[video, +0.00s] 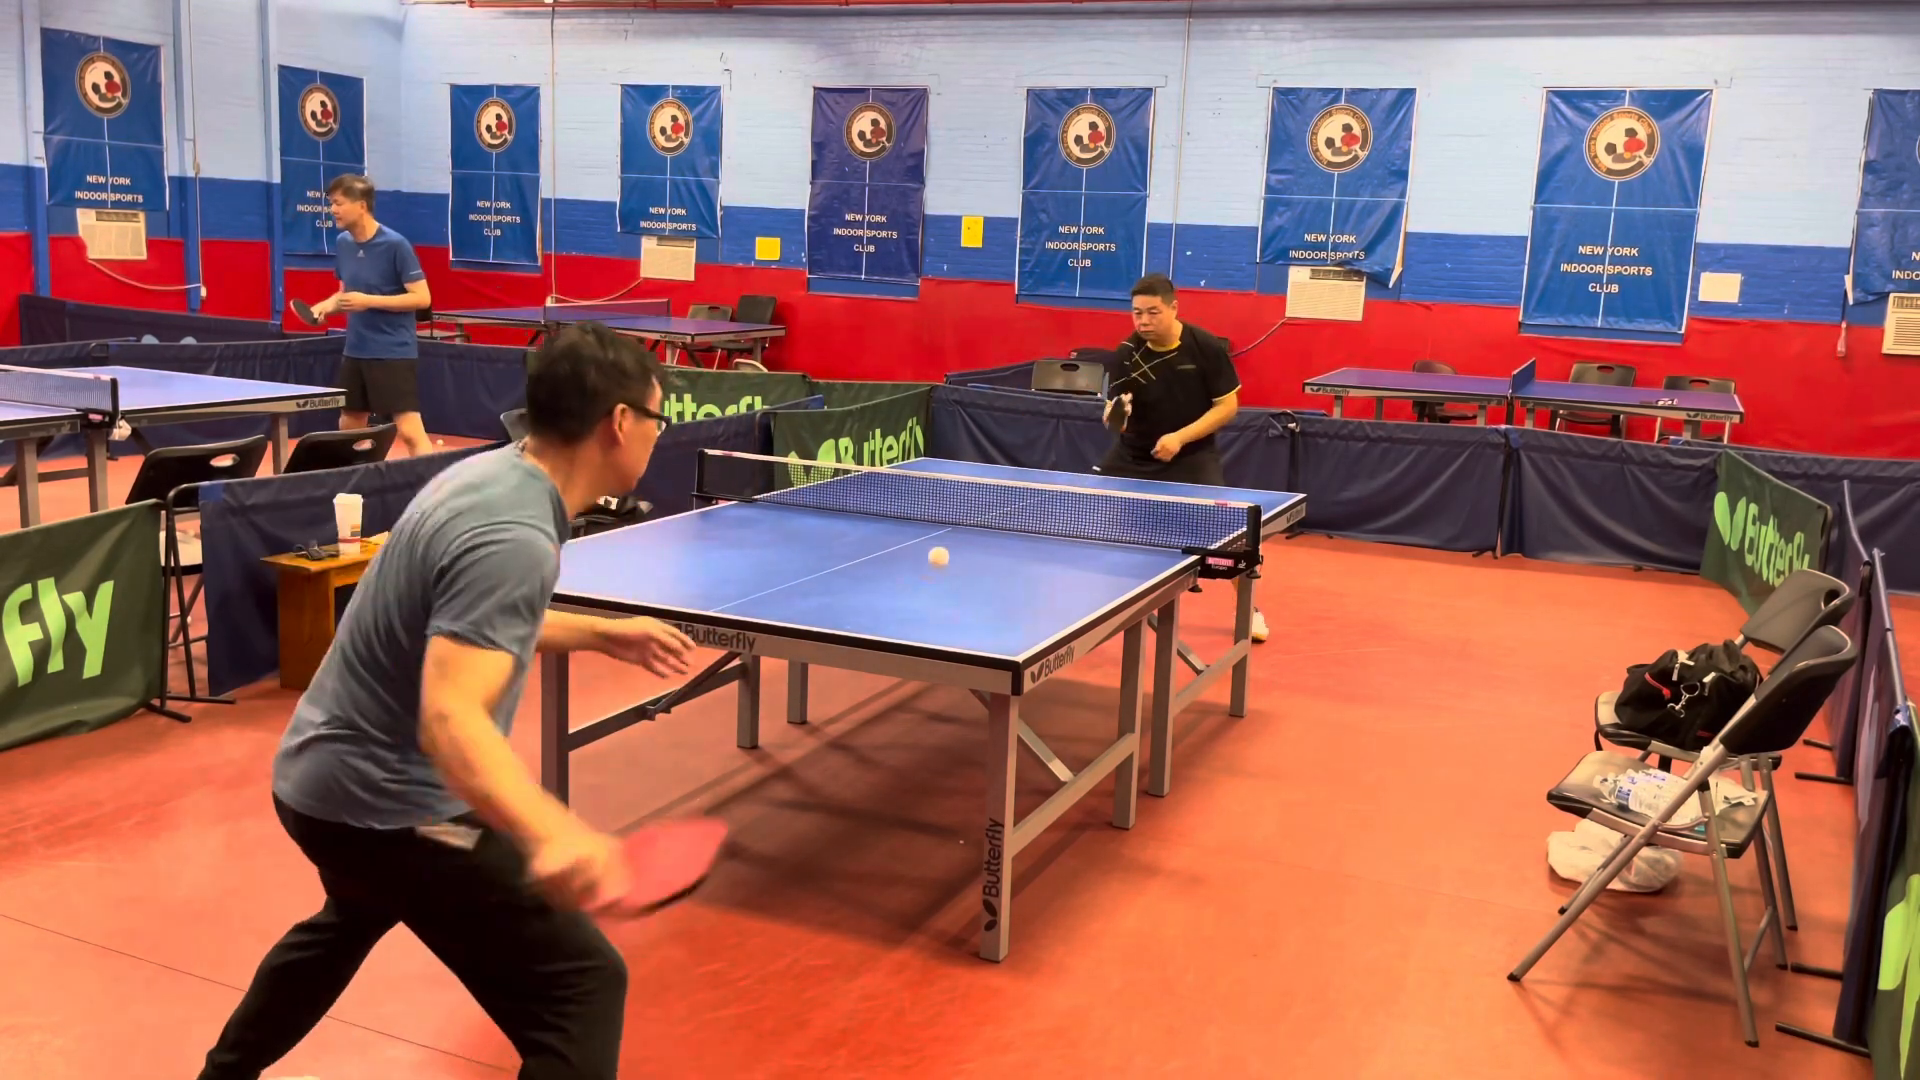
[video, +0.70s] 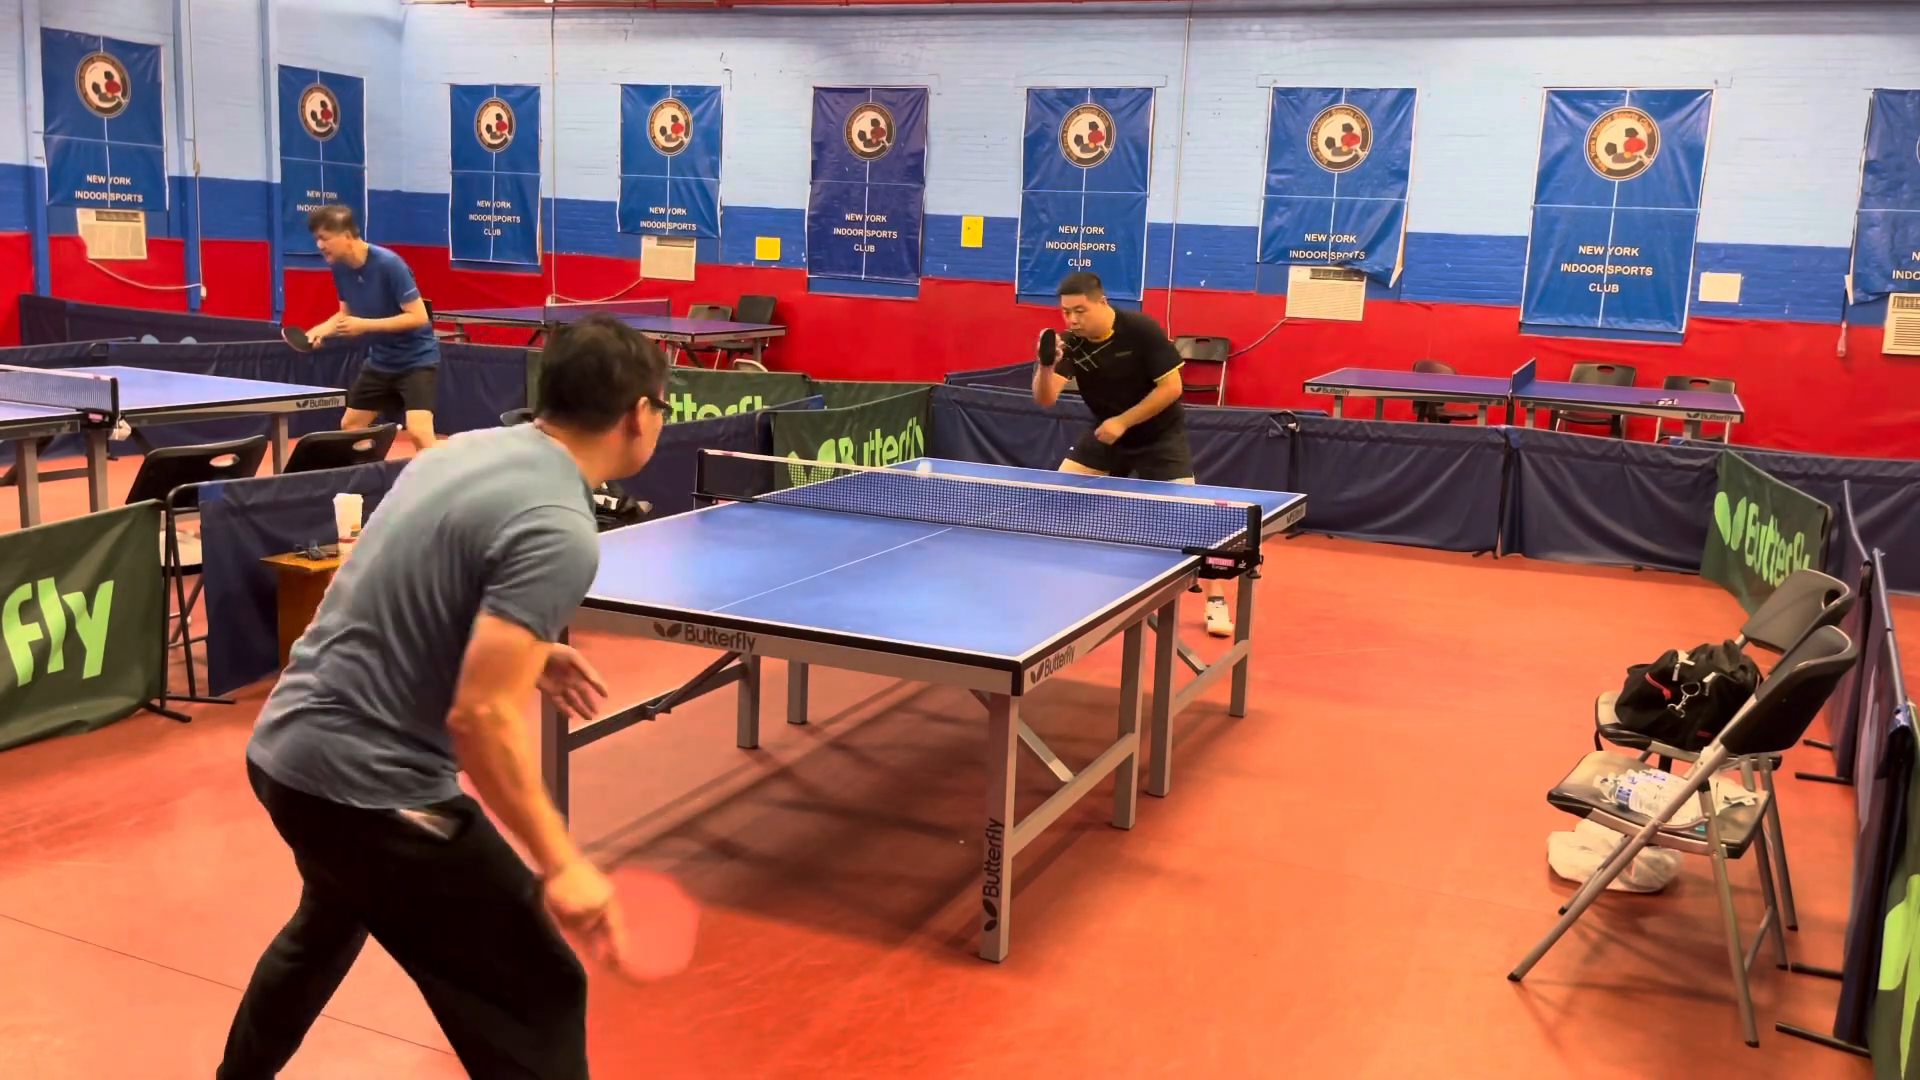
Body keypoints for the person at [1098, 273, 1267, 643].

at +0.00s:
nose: (1142, 320)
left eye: (1151, 312)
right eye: (1137, 312)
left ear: (1173, 309)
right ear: (1132, 313)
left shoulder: (1208, 349)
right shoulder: (1125, 355)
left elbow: (1229, 406)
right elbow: (1112, 419)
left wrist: (1180, 437)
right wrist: (1119, 411)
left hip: (1193, 458)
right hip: (1132, 455)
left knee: (1213, 523)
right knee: (1085, 507)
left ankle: (1247, 608)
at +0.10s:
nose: (1128, 319)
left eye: (1136, 310)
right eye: (1122, 311)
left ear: (1159, 307)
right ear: (1117, 312)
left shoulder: (1189, 348)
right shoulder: (1116, 353)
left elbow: (1209, 409)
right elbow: (1106, 406)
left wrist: (1154, 434)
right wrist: (1098, 421)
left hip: (1188, 457)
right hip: (1133, 454)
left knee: (1209, 524)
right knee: (1079, 502)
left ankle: (1246, 608)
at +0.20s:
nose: (1107, 319)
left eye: (1116, 310)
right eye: (1102, 311)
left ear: (1138, 305)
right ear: (1098, 310)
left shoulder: (1168, 345)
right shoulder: (1113, 344)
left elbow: (1176, 414)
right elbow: (1111, 395)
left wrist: (1125, 427)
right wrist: (1086, 424)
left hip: (1180, 453)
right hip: (1133, 448)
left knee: (1204, 529)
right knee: (1086, 503)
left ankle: (1249, 609)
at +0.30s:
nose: (1088, 323)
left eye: (1096, 314)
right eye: (1084, 314)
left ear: (1120, 308)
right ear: (1082, 311)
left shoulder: (1143, 345)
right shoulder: (1117, 338)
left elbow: (1139, 419)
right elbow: (1119, 389)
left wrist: (1095, 423)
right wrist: (1087, 413)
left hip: (1173, 454)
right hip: (1136, 447)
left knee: (1194, 528)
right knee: (1089, 502)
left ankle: (1257, 606)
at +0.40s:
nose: (1072, 328)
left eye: (1078, 319)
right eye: (1068, 320)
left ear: (1105, 310)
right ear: (1101, 312)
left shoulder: (1126, 349)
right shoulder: (1116, 334)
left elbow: (1121, 423)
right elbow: (1114, 379)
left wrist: (1085, 422)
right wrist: (1075, 394)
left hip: (1165, 451)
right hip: (1131, 444)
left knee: (1191, 526)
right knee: (1079, 499)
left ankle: (1257, 607)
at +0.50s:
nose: (1064, 325)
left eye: (1071, 317)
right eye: (1061, 317)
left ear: (1097, 308)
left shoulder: (1124, 345)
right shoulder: (1092, 337)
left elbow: (1129, 415)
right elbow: (1068, 379)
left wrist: (1093, 419)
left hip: (1163, 448)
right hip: (1122, 441)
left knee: (1191, 527)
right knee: (1068, 500)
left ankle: (1253, 605)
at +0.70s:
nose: (1071, 321)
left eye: (1078, 311)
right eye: (1066, 313)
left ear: (1102, 303)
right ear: (1063, 310)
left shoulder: (1142, 330)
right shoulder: (1070, 344)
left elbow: (1172, 387)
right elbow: (1045, 399)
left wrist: (1123, 421)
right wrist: (1045, 364)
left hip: (1160, 436)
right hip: (1106, 434)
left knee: (1188, 515)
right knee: (1054, 497)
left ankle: (1214, 598)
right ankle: (1040, 585)